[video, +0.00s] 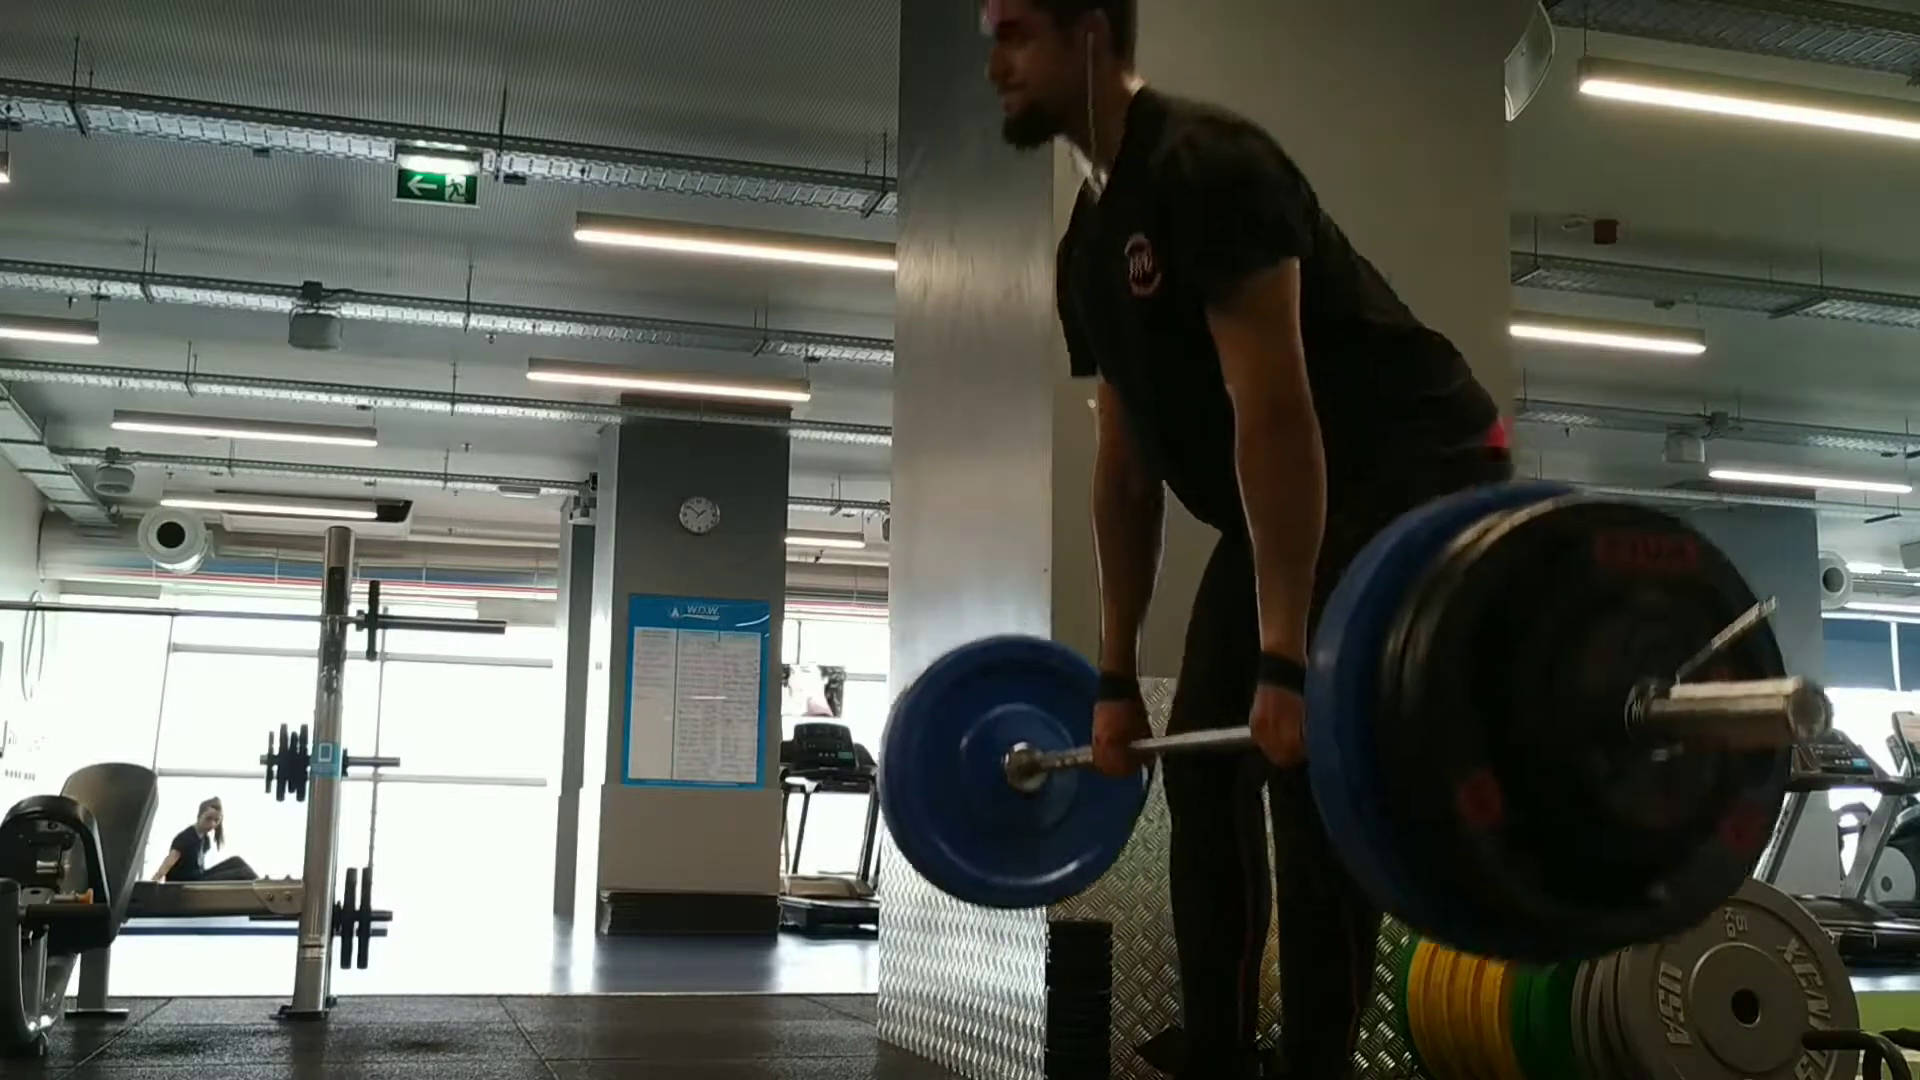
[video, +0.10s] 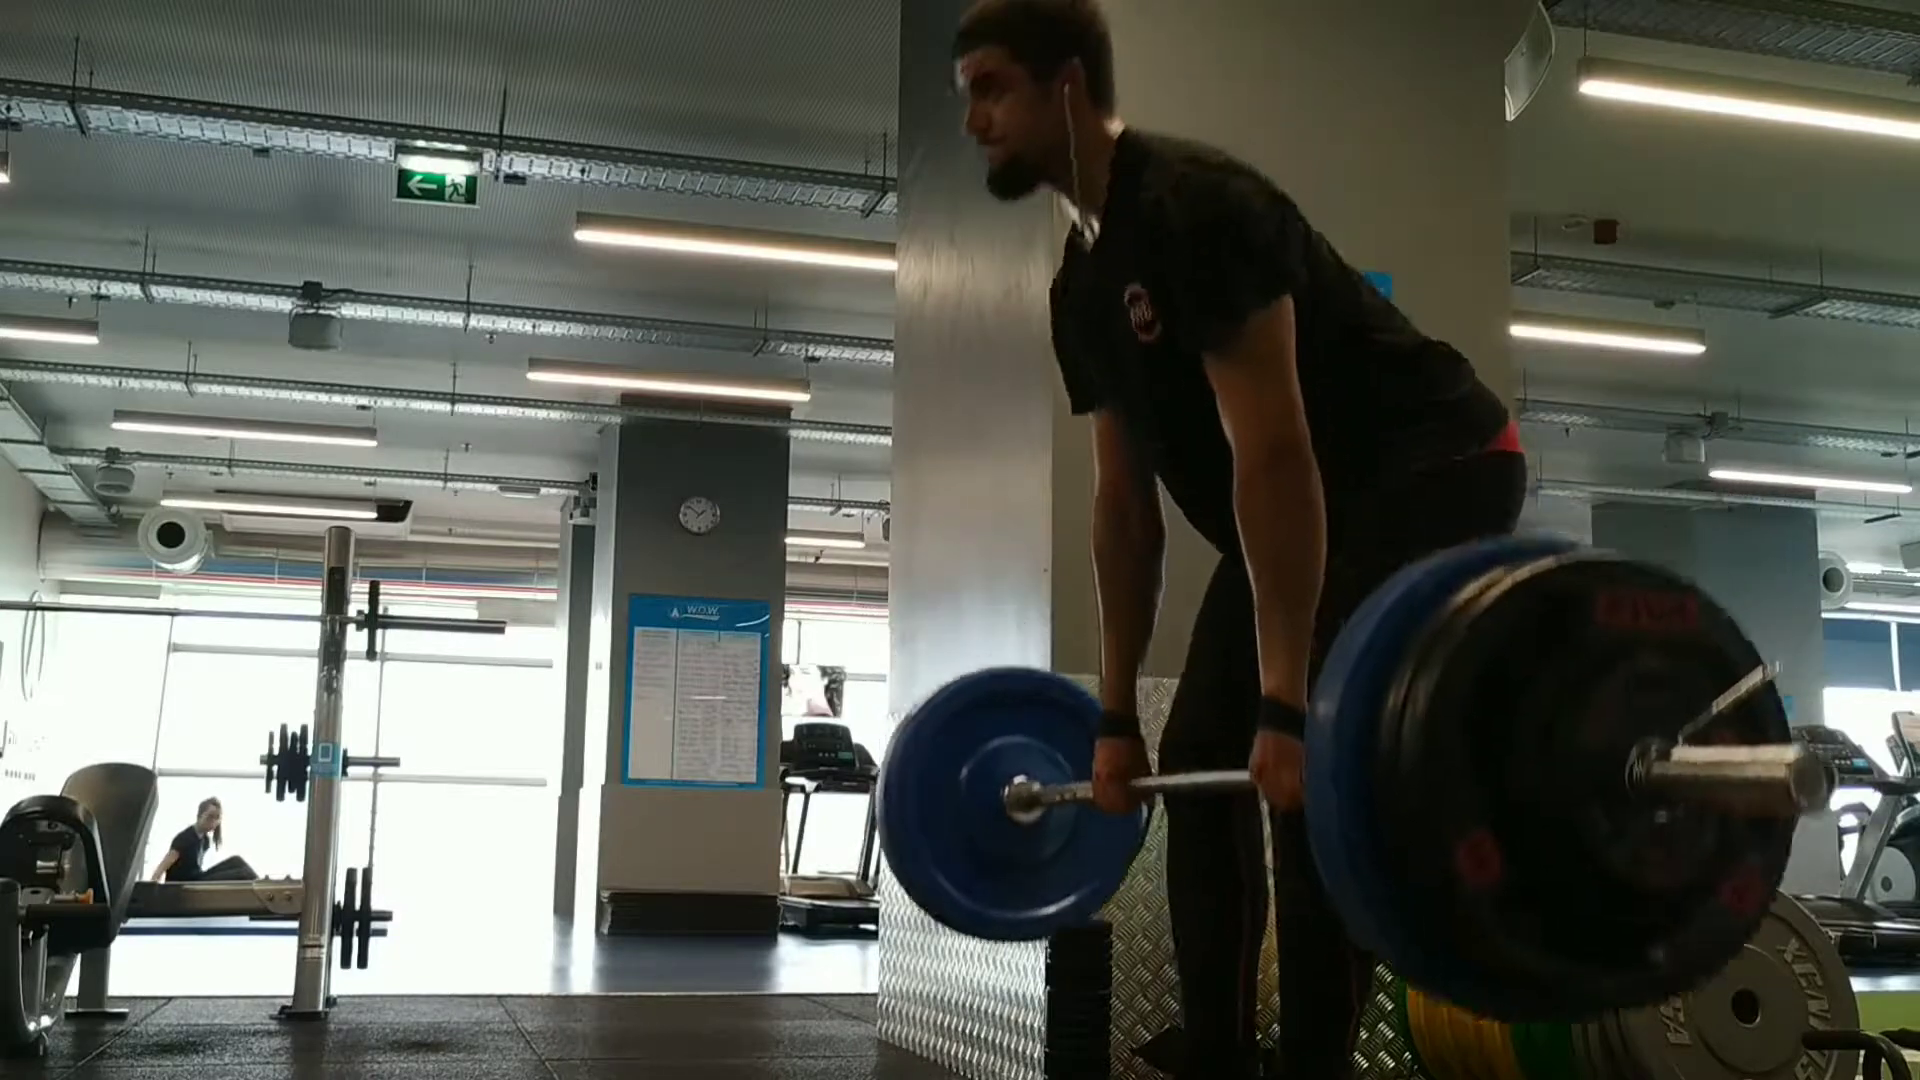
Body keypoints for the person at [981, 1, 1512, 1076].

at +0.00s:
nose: (993, 69)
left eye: (1013, 38)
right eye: (990, 44)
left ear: (1093, 34)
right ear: (1075, 49)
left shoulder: (1207, 163)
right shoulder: (1090, 241)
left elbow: (1280, 421)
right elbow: (1123, 468)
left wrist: (1283, 661)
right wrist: (1118, 670)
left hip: (1405, 493)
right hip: (1279, 508)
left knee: (1316, 758)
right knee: (1201, 755)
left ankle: (1317, 1058)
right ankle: (1212, 1047)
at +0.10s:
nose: (972, 120)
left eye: (989, 90)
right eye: (966, 97)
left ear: (1067, 84)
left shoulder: (1201, 204)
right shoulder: (1078, 285)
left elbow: (1277, 456)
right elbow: (1123, 497)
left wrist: (1285, 705)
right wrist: (1116, 714)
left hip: (1423, 488)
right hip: (1285, 516)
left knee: (1314, 766)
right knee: (1199, 756)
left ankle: (1316, 1059)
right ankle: (1213, 1049)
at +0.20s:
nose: (959, 164)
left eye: (975, 134)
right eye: (952, 141)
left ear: (1056, 124)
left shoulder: (1186, 238)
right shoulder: (1072, 323)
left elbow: (1275, 500)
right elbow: (1120, 532)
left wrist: (1284, 751)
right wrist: (1116, 750)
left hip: (1437, 485)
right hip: (1297, 519)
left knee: (1310, 766)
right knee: (1195, 756)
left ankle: (1313, 1056)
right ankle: (1210, 1043)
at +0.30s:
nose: (941, 208)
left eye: (959, 178)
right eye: (934, 184)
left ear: (1042, 169)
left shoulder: (1181, 277)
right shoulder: (1066, 362)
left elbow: (1271, 541)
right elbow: (1117, 575)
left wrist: (1284, 789)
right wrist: (1116, 782)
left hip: (1445, 487)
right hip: (1304, 526)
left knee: (1310, 776)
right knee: (1186, 760)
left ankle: (1315, 1055)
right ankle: (1210, 1045)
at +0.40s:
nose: (928, 254)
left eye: (945, 221)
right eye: (923, 228)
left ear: (1028, 210)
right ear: (1013, 221)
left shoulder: (1172, 310)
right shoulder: (1062, 396)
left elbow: (1271, 579)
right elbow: (1113, 604)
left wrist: (1286, 830)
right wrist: (1115, 819)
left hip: (1451, 487)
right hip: (1312, 525)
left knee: (1306, 771)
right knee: (1181, 759)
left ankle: (1315, 1051)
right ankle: (1211, 1044)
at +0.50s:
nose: (922, 288)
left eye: (938, 255)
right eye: (918, 263)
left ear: (1020, 242)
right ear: (1012, 252)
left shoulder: (1172, 341)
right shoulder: (1061, 424)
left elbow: (1270, 605)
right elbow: (1114, 631)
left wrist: (1287, 868)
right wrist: (1116, 843)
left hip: (1458, 491)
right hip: (1318, 530)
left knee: (1295, 754)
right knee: (1179, 758)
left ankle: (1312, 1047)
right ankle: (1210, 1037)